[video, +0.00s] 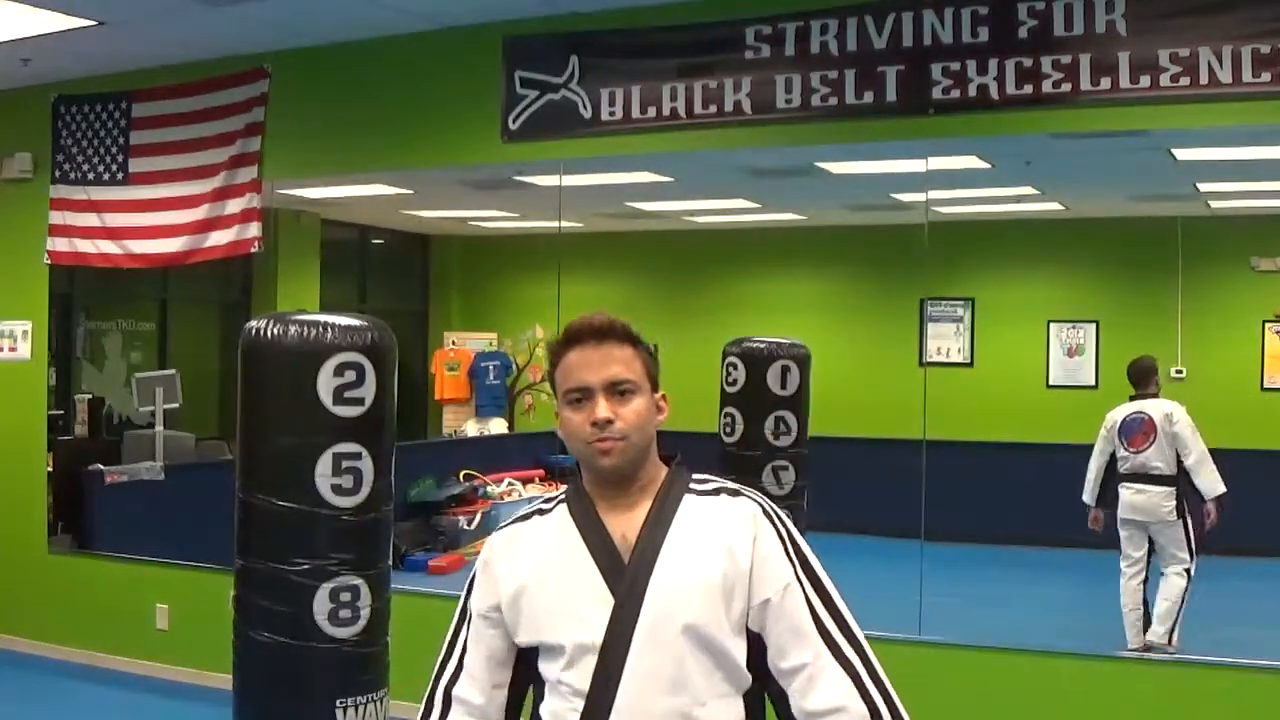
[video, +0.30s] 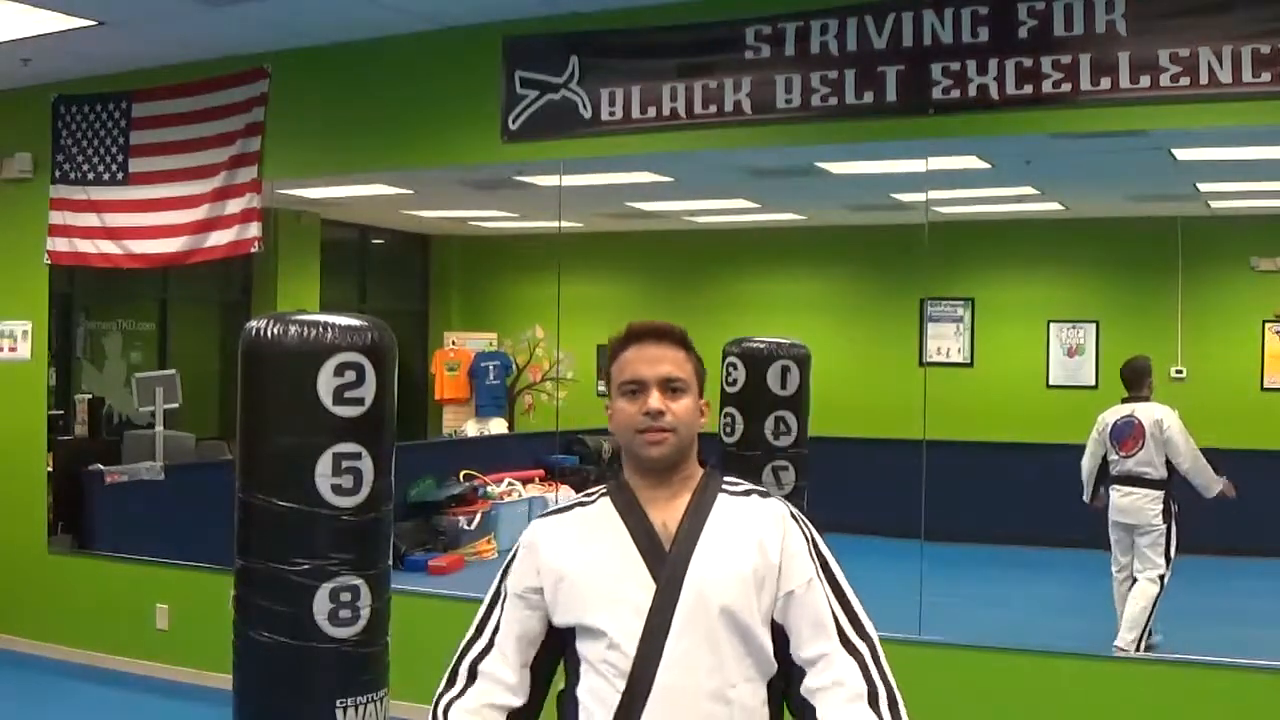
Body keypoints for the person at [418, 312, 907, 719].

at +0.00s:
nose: (602, 414)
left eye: (622, 392)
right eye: (579, 399)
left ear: (658, 406)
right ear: (558, 418)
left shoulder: (747, 528)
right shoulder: (511, 553)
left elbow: (838, 690)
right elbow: (457, 708)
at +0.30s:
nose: (654, 405)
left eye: (673, 389)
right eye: (634, 391)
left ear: (702, 408)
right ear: (609, 410)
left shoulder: (772, 527)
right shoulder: (553, 538)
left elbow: (846, 678)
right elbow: (483, 689)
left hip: (733, 713)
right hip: (606, 713)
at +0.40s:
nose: (676, 408)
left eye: (695, 392)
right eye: (656, 392)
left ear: (723, 415)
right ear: (631, 413)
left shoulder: (785, 529)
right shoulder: (569, 533)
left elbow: (843, 660)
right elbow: (502, 666)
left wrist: (857, 711)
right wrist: (468, 715)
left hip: (747, 714)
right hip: (617, 716)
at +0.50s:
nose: (696, 410)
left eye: (715, 396)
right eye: (678, 395)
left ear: (740, 417)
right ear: (651, 412)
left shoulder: (793, 528)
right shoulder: (586, 524)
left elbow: (848, 643)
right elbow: (514, 641)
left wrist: (833, 694)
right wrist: (513, 680)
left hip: (749, 711)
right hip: (626, 712)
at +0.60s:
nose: (709, 404)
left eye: (728, 391)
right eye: (692, 387)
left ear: (752, 413)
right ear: (665, 404)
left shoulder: (797, 519)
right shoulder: (594, 508)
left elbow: (846, 640)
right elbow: (523, 634)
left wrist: (796, 667)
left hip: (744, 715)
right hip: (625, 713)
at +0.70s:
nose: (714, 397)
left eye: (733, 385)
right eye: (698, 381)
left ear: (756, 408)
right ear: (672, 399)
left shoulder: (801, 511)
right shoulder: (601, 498)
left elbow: (834, 645)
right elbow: (547, 623)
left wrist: (731, 634)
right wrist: (631, 627)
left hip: (749, 711)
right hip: (630, 710)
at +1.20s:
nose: (659, 396)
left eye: (676, 383)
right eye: (643, 385)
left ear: (702, 401)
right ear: (625, 406)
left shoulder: (755, 498)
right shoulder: (574, 498)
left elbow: (786, 620)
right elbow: (533, 616)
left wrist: (690, 588)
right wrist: (631, 595)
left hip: (714, 708)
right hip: (605, 707)